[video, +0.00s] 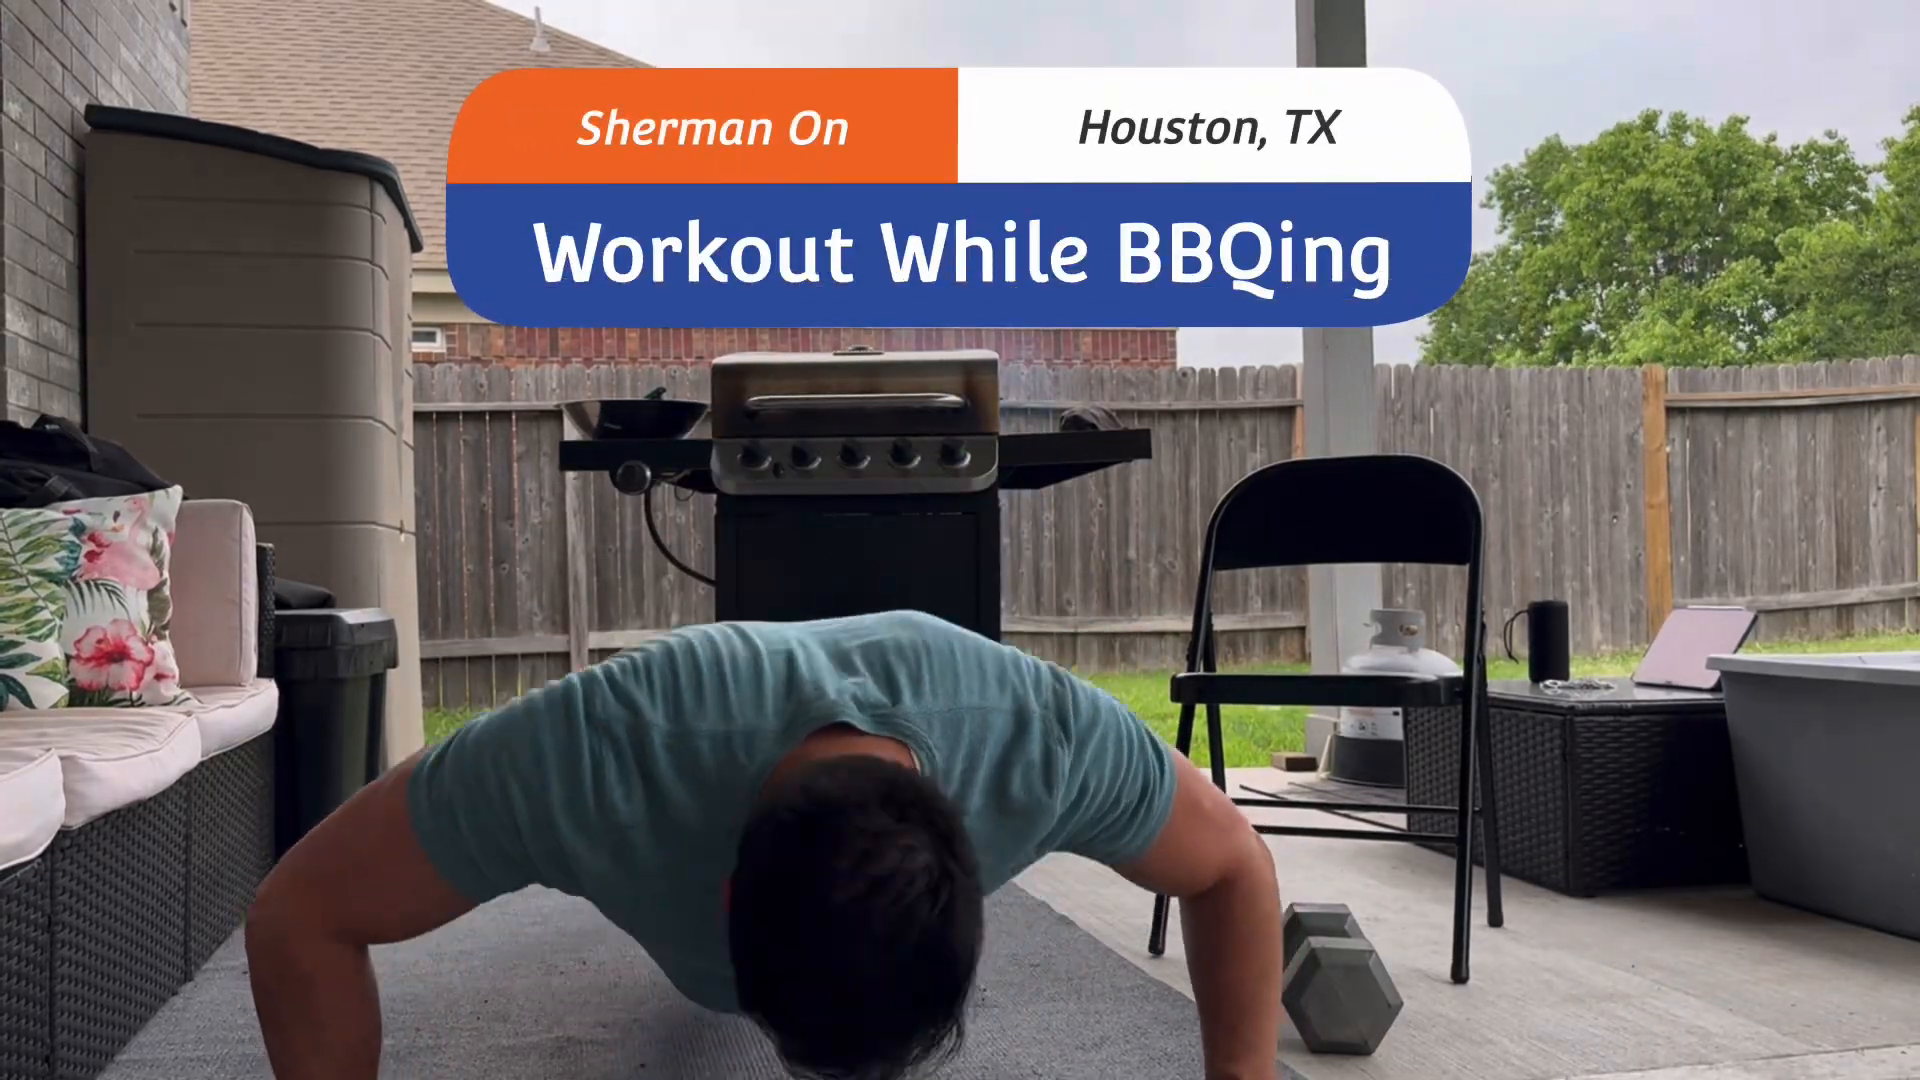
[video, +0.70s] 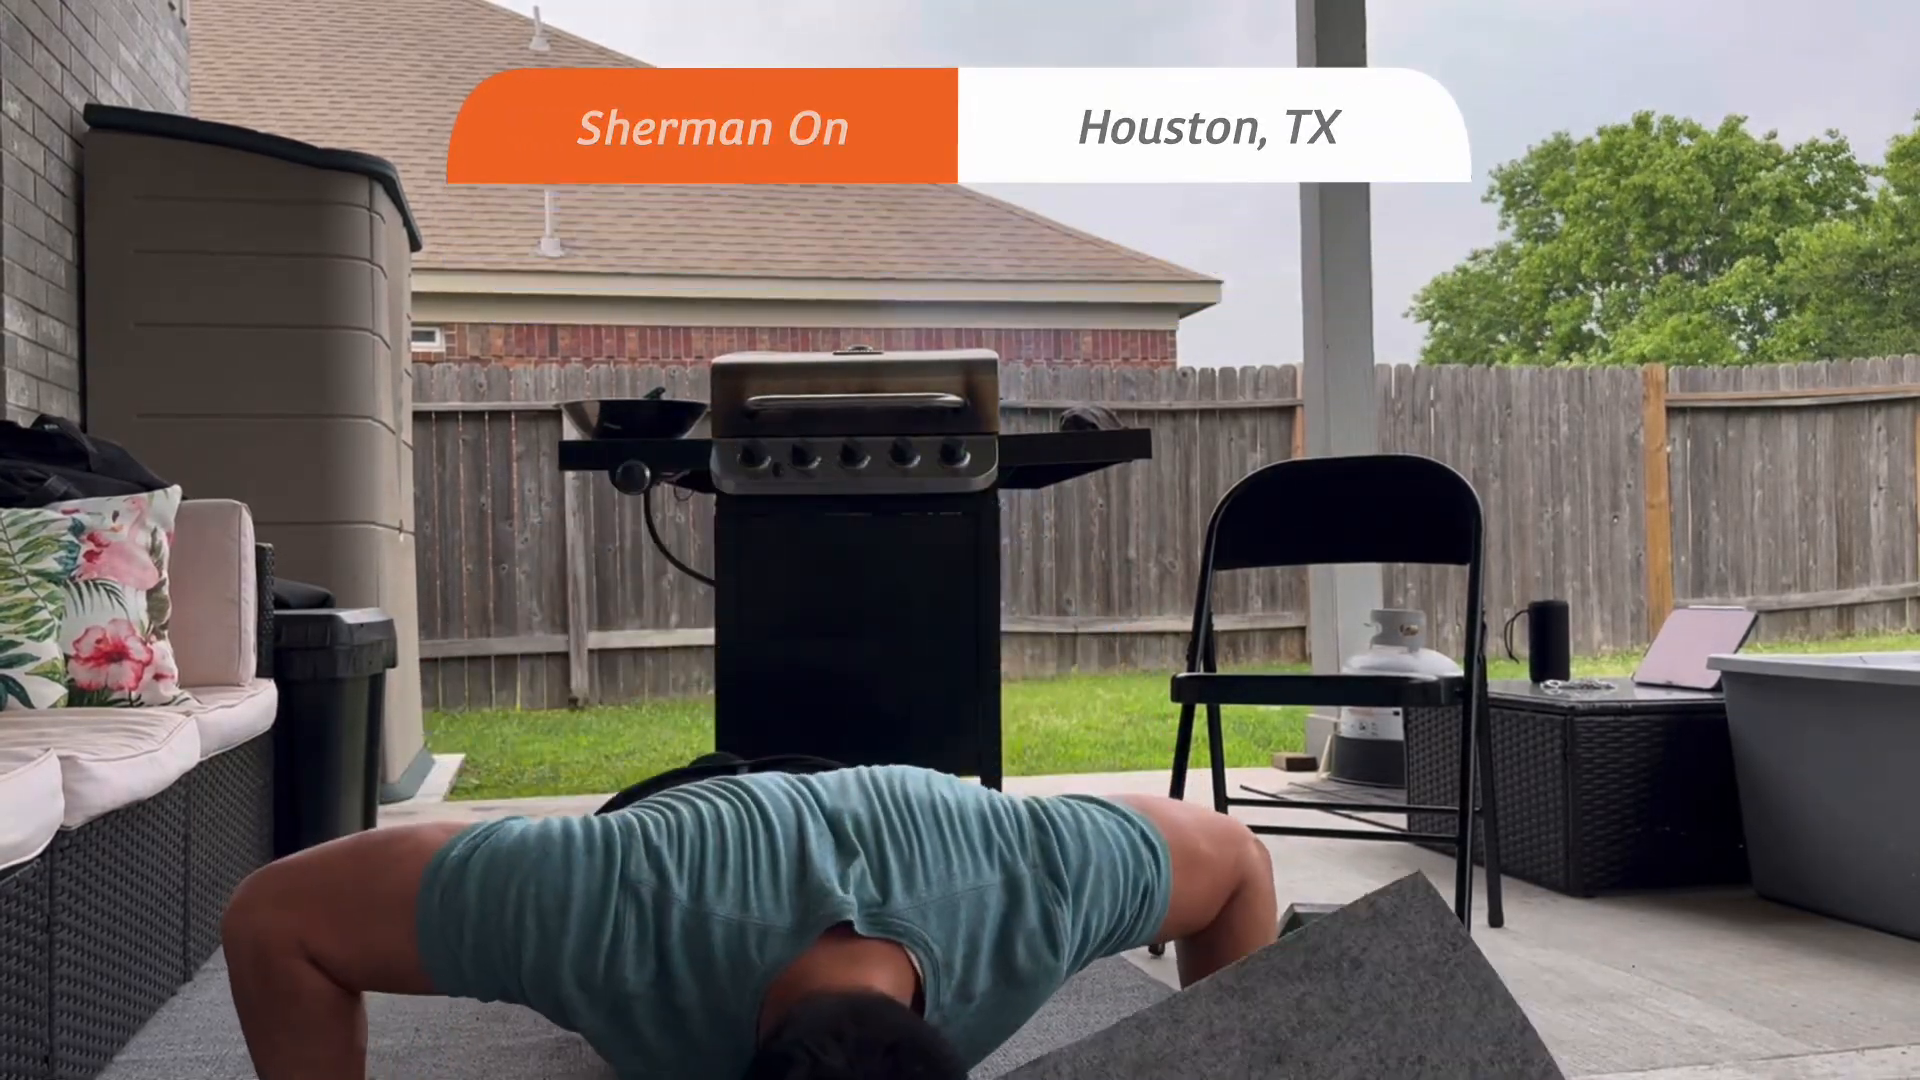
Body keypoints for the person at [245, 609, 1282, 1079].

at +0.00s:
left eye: (886, 1042)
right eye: (804, 1033)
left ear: (965, 866)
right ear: (733, 879)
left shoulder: (1047, 752)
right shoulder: (586, 766)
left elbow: (1233, 872)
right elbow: (299, 921)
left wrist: (1244, 1066)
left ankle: (1269, 950)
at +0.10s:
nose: (806, 877)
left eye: (857, 857)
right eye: (778, 845)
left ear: (952, 736)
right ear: (715, 716)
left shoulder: (1034, 624)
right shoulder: (574, 616)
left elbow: (1185, 859)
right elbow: (373, 899)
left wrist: (1230, 1067)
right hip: (657, 794)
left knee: (863, 861)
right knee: (687, 889)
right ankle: (664, 891)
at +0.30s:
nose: (802, 922)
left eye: (845, 913)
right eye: (776, 893)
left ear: (948, 787)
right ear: (716, 767)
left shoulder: (1020, 659)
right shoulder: (574, 660)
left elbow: (1185, 863)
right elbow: (333, 910)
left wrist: (1214, 1069)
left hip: (869, 829)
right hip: (646, 858)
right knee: (659, 906)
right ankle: (654, 885)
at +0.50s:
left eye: (890, 1030)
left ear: (937, 998)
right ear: (731, 1019)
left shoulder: (1037, 859)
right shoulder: (582, 871)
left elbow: (1231, 870)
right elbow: (265, 931)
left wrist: (1222, 1075)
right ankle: (440, 803)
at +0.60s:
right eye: (809, 1051)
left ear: (927, 1045)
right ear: (747, 1052)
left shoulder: (1039, 906)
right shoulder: (612, 938)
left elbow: (1234, 862)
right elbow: (270, 926)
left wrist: (1236, 1078)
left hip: (905, 819)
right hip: (678, 834)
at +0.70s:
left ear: (941, 1036)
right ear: (747, 1042)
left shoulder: (1046, 887)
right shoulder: (602, 916)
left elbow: (1235, 869)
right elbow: (274, 927)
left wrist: (1228, 1073)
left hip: (923, 812)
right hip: (682, 822)